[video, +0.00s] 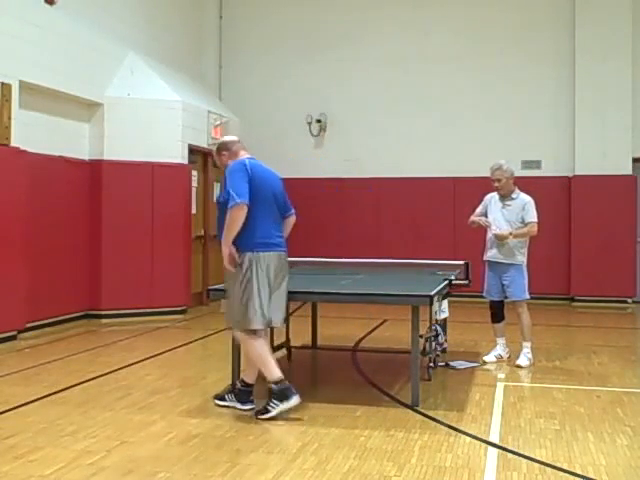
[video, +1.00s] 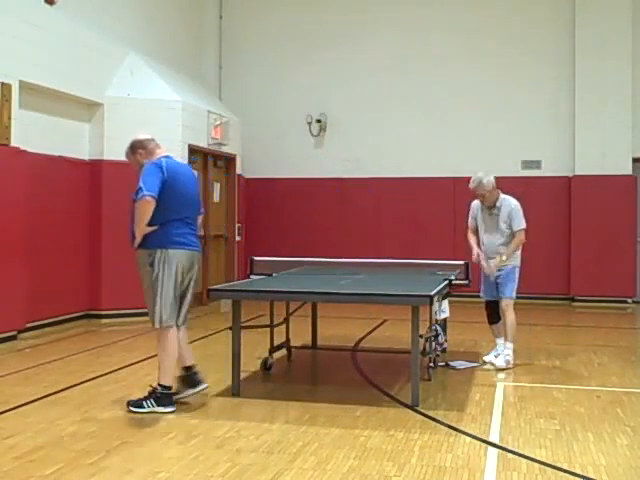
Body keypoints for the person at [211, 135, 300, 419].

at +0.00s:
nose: (222, 166)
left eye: (220, 162)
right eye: (220, 163)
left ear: (224, 155)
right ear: (243, 150)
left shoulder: (236, 167)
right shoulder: (270, 173)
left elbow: (239, 204)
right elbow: (290, 215)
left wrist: (226, 243)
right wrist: (273, 245)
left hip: (252, 255)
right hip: (276, 254)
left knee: (244, 327)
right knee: (259, 328)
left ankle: (281, 390)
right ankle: (244, 391)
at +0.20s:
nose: (207, 168)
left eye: (205, 164)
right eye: (206, 164)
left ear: (210, 156)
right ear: (228, 150)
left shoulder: (223, 164)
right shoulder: (254, 171)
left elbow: (232, 190)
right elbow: (278, 211)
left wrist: (219, 223)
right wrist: (263, 241)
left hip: (241, 251)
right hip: (264, 252)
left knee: (210, 318)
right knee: (251, 322)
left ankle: (243, 378)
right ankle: (247, 387)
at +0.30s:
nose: (200, 170)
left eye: (198, 165)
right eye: (198, 166)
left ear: (203, 155)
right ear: (222, 150)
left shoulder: (216, 163)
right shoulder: (247, 170)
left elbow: (227, 185)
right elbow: (271, 209)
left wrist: (213, 216)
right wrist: (257, 240)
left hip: (233, 249)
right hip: (257, 251)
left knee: (202, 317)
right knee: (245, 322)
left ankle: (214, 391)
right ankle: (244, 391)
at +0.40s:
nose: (193, 171)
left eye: (191, 167)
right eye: (190, 168)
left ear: (198, 156)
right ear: (214, 152)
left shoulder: (208, 163)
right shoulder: (241, 172)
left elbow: (219, 184)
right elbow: (264, 207)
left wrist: (204, 213)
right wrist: (250, 238)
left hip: (224, 250)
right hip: (249, 252)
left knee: (200, 321)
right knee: (241, 322)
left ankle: (182, 391)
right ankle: (242, 390)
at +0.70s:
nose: (163, 169)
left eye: (162, 164)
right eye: (161, 165)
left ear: (167, 156)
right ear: (185, 150)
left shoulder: (179, 169)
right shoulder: (213, 172)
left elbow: (178, 200)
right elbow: (230, 212)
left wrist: (166, 231)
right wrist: (210, 232)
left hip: (190, 251)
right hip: (216, 251)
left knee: (178, 324)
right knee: (214, 322)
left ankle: (164, 392)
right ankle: (237, 385)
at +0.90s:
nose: (145, 167)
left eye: (143, 163)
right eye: (143, 164)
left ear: (148, 154)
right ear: (165, 149)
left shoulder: (161, 166)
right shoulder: (195, 171)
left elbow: (151, 200)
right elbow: (207, 213)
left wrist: (145, 230)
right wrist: (187, 230)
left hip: (171, 249)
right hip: (197, 249)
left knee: (171, 323)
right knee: (186, 318)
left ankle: (163, 393)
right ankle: (212, 369)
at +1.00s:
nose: (136, 167)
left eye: (134, 162)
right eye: (134, 163)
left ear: (140, 153)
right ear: (157, 147)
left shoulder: (154, 166)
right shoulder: (188, 170)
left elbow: (147, 199)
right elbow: (199, 212)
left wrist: (139, 231)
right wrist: (191, 237)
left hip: (165, 248)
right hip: (190, 247)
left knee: (166, 323)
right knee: (175, 320)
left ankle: (163, 392)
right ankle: (189, 373)